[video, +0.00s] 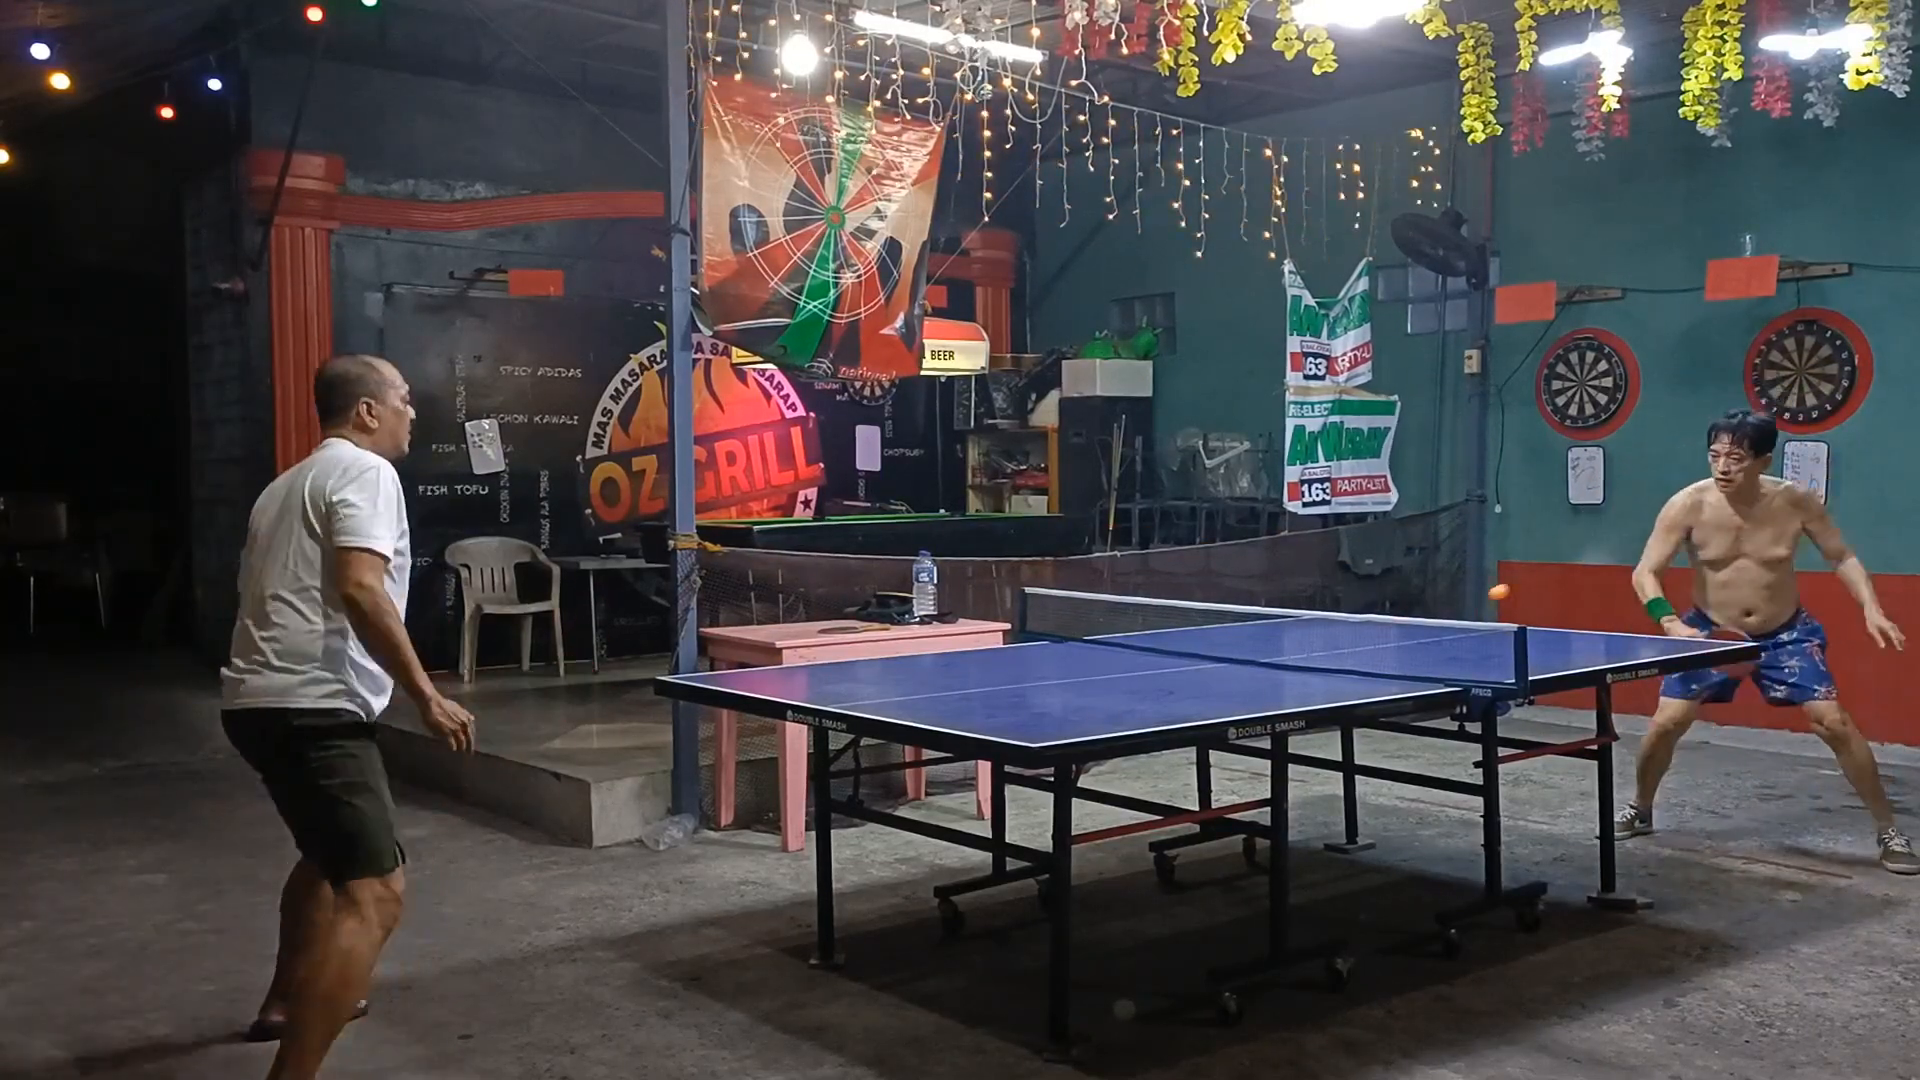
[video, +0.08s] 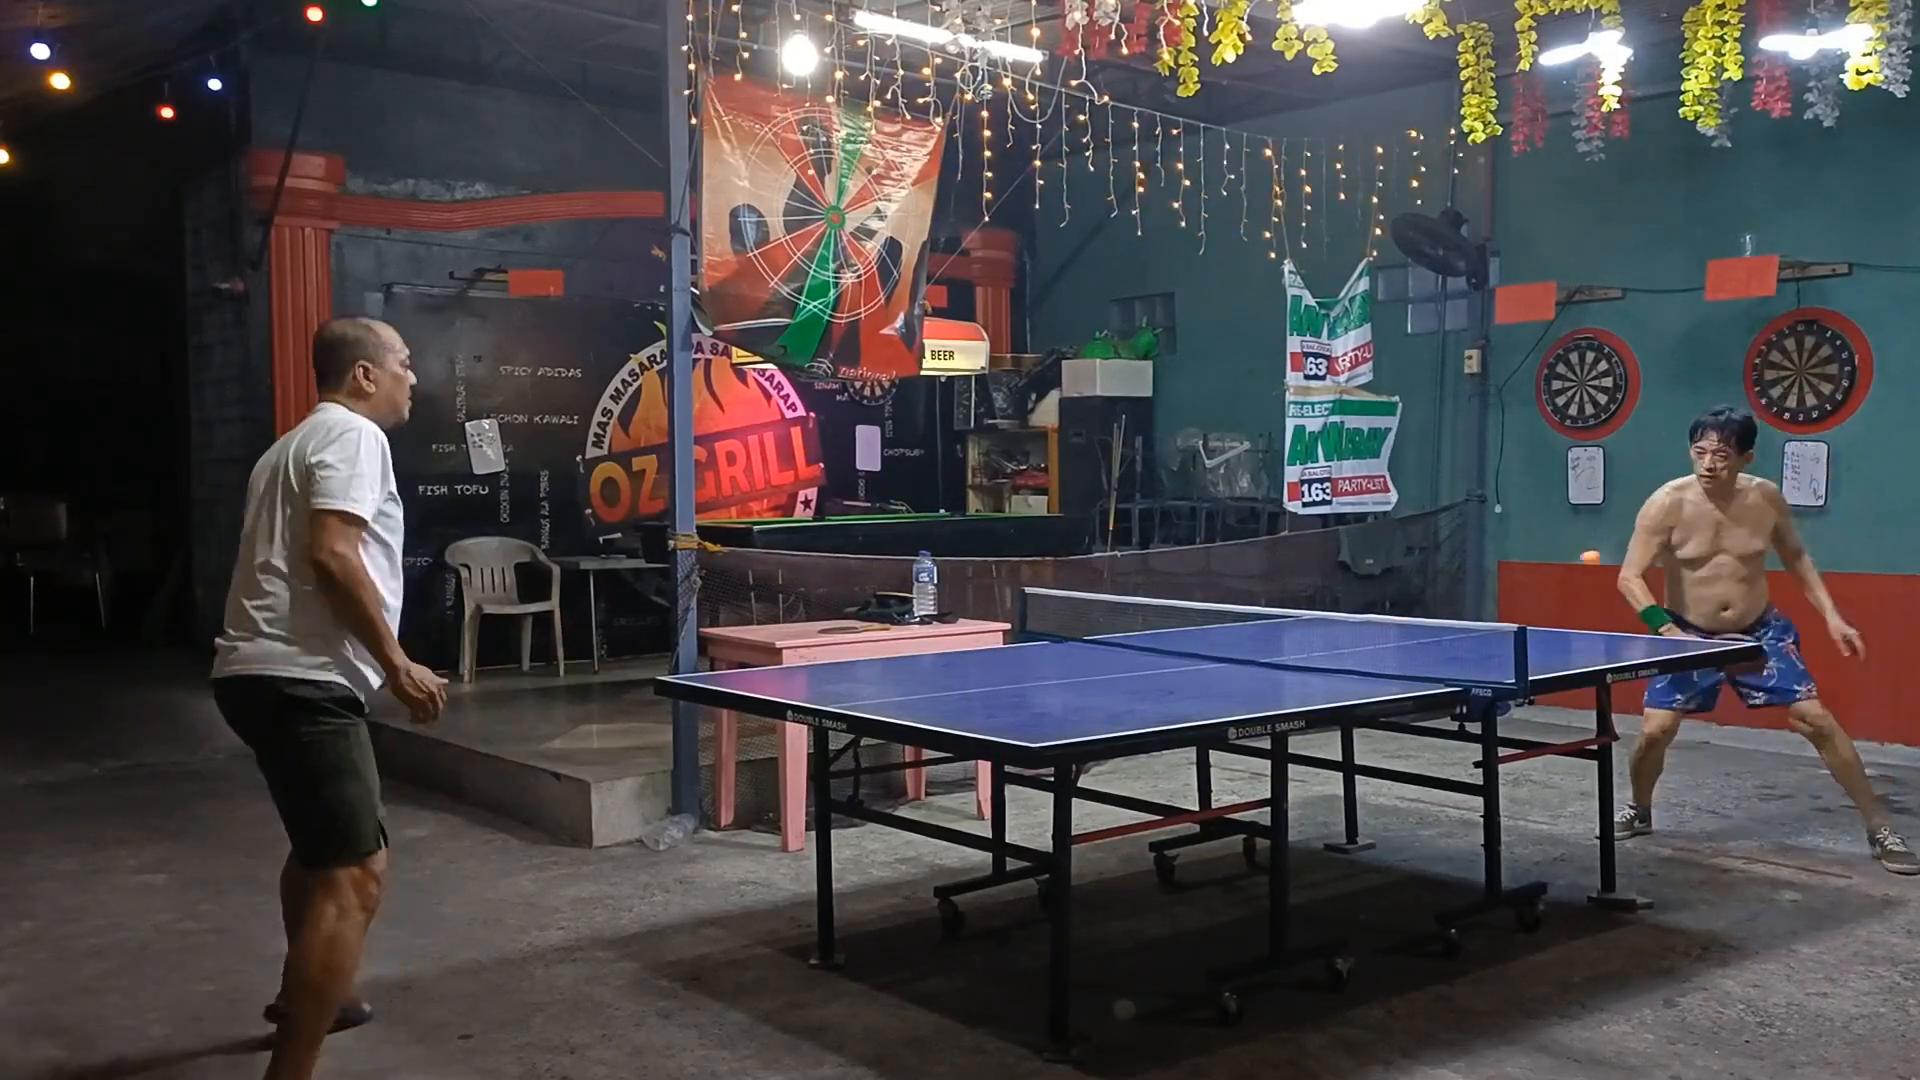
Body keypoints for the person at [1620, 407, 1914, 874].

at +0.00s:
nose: (1723, 464)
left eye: (1736, 456)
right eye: (1717, 454)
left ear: (1761, 460)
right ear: (1709, 454)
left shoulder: (1796, 501)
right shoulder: (1688, 504)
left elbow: (1840, 557)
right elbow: (1644, 573)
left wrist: (1871, 608)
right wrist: (1670, 622)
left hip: (1785, 637)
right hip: (1709, 636)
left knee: (1834, 724)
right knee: (1665, 724)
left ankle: (1889, 832)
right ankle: (1641, 812)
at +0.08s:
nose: (1711, 462)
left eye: (1723, 453)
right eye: (1703, 450)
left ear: (1743, 456)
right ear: (1692, 451)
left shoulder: (1766, 498)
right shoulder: (1667, 503)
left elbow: (1796, 557)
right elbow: (1628, 577)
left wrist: (1832, 617)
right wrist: (1662, 624)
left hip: (1760, 634)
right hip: (1689, 638)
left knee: (1816, 719)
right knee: (1655, 730)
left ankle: (1879, 829)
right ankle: (1640, 814)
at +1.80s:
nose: (1521, 437)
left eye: (1530, 429)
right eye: (1518, 429)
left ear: (1559, 435)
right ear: (1516, 435)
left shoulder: (1575, 464)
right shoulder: (1526, 478)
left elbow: (1575, 504)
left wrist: (1526, 555)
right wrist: (1452, 467)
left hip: (1606, 584)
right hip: (1567, 596)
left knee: (1566, 667)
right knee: (1520, 685)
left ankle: (1633, 767)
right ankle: (1540, 799)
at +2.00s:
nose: (1524, 440)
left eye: (1534, 431)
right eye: (1520, 431)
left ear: (1562, 434)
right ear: (1516, 432)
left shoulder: (1579, 466)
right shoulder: (1535, 478)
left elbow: (1639, 492)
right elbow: (1504, 508)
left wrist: (1610, 534)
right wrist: (1452, 513)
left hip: (1612, 593)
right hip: (1571, 601)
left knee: (1581, 679)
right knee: (1543, 684)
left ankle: (1672, 772)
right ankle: (1566, 778)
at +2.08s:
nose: (1526, 463)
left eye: (1536, 455)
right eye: (1522, 455)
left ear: (1564, 459)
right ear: (1520, 460)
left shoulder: (1587, 495)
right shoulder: (1544, 503)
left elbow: (1653, 538)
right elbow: (1529, 550)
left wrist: (1642, 593)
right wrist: (1478, 571)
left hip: (1612, 623)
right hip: (1570, 627)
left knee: (1586, 706)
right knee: (1535, 699)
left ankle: (1687, 787)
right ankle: (1571, 779)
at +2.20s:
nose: (1540, 460)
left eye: (1550, 452)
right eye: (1536, 452)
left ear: (1577, 455)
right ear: (1532, 457)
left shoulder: (1608, 496)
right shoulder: (1556, 502)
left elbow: (1662, 554)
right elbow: (1560, 561)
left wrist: (1655, 620)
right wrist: (1513, 590)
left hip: (1627, 626)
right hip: (1578, 625)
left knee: (1622, 726)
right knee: (1544, 695)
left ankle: (1698, 801)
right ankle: (1572, 780)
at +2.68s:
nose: (1571, 464)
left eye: (1580, 453)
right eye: (1566, 454)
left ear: (1613, 452)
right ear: (1567, 456)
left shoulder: (1642, 488)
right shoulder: (1598, 502)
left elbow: (1624, 557)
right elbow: (1570, 555)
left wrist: (1546, 596)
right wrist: (1512, 560)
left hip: (1697, 624)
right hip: (1641, 628)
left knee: (1720, 733)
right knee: (1566, 695)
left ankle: (1801, 844)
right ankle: (1592, 806)